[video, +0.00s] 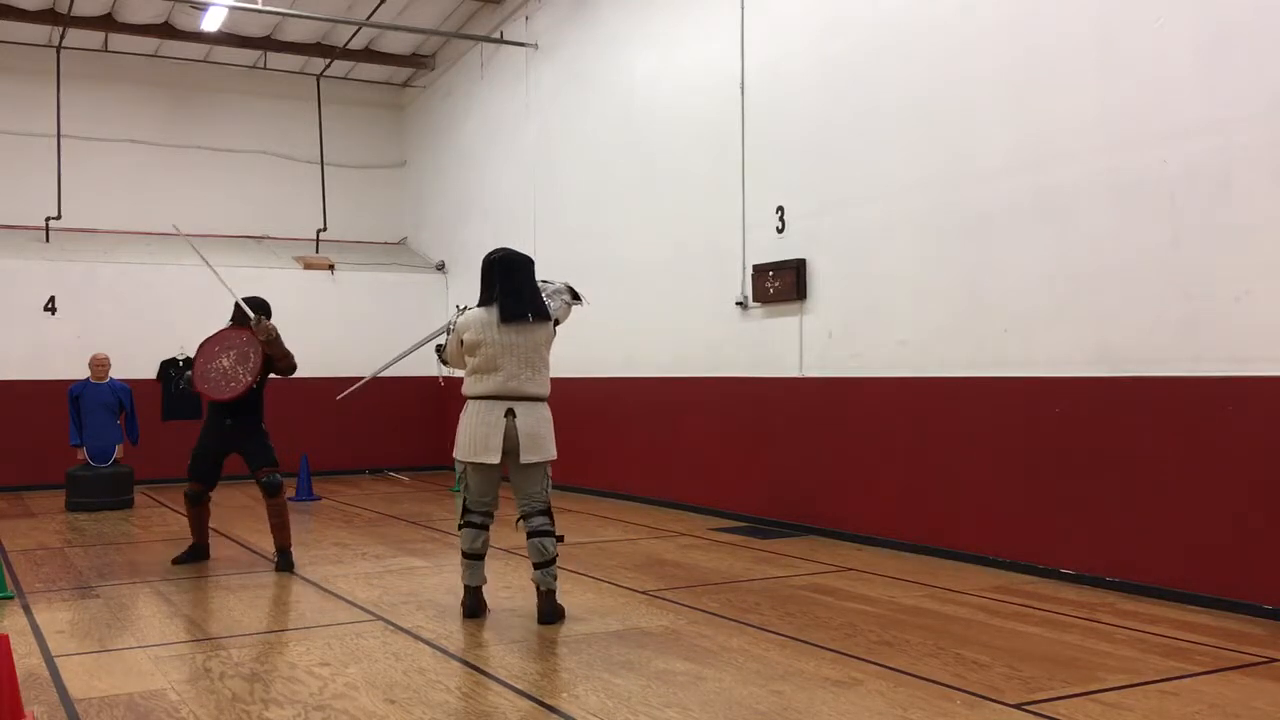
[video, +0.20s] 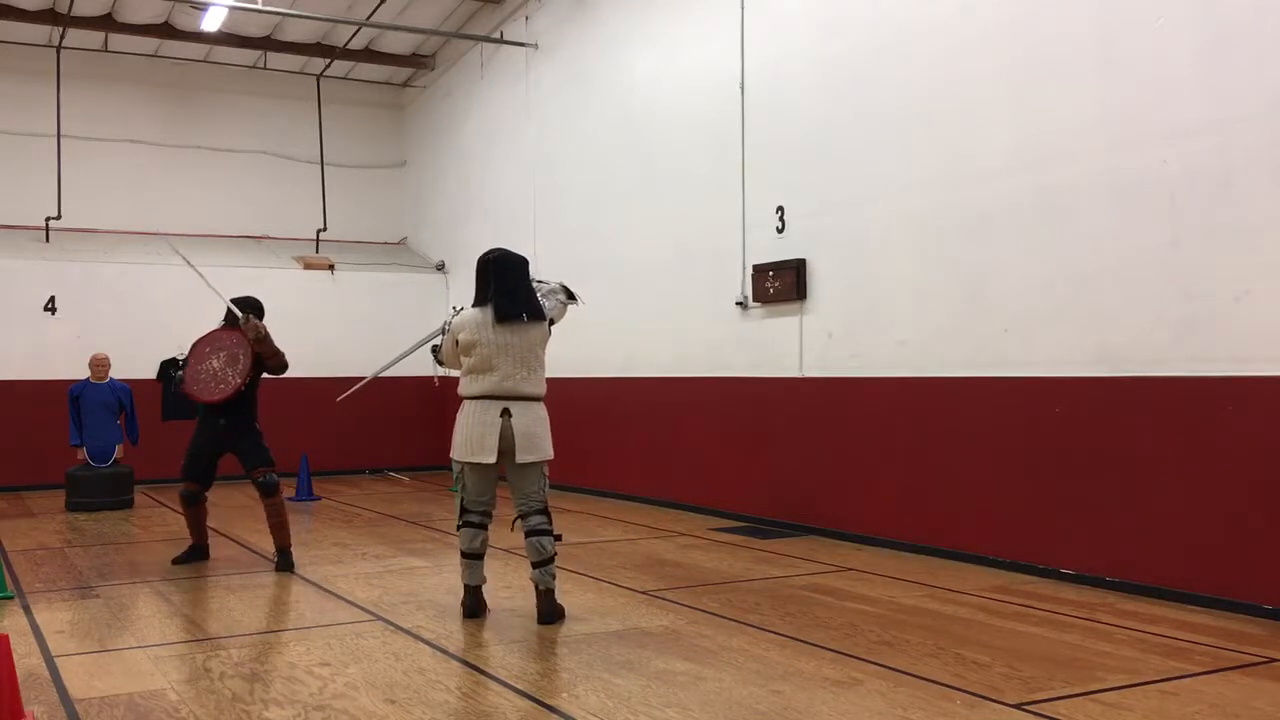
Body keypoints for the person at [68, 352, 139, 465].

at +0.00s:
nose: (100, 369)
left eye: (103, 366)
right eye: (96, 366)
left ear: (109, 367)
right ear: (90, 367)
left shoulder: (121, 389)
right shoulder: (77, 390)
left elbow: (130, 415)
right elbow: (74, 419)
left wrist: (133, 437)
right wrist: (78, 445)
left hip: (113, 445)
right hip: (88, 444)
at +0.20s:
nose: (100, 369)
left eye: (103, 366)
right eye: (96, 366)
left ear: (109, 367)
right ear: (89, 367)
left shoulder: (121, 389)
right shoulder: (77, 390)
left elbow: (130, 415)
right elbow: (74, 420)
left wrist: (133, 438)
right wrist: (78, 445)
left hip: (113, 444)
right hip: (88, 444)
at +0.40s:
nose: (100, 369)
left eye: (103, 366)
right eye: (96, 366)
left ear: (109, 367)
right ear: (89, 367)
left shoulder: (121, 389)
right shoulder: (77, 390)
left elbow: (130, 415)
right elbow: (74, 420)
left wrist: (133, 437)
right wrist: (78, 445)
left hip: (113, 444)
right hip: (88, 444)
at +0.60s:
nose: (100, 369)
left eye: (103, 366)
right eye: (96, 366)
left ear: (109, 367)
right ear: (89, 367)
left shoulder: (121, 389)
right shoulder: (77, 390)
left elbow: (130, 416)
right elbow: (74, 420)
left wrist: (133, 438)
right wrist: (78, 445)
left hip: (114, 445)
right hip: (88, 444)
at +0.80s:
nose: (100, 369)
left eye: (103, 366)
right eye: (96, 366)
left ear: (109, 367)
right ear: (89, 367)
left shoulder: (121, 389)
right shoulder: (77, 390)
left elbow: (130, 415)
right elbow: (74, 420)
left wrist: (133, 437)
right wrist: (78, 445)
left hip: (113, 445)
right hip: (87, 445)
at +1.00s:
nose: (100, 369)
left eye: (103, 366)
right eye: (96, 366)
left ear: (109, 367)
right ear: (89, 367)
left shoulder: (121, 389)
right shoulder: (77, 390)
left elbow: (130, 415)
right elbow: (74, 420)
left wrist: (133, 437)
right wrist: (78, 445)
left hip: (113, 445)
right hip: (87, 445)